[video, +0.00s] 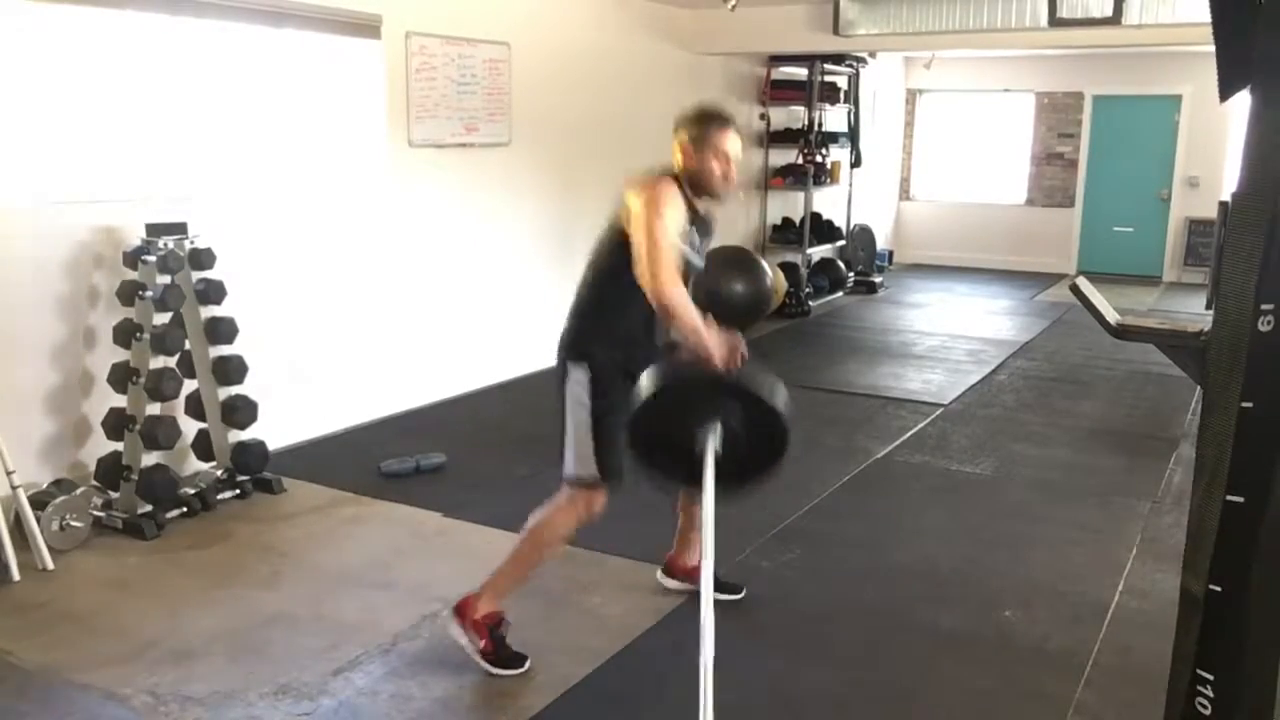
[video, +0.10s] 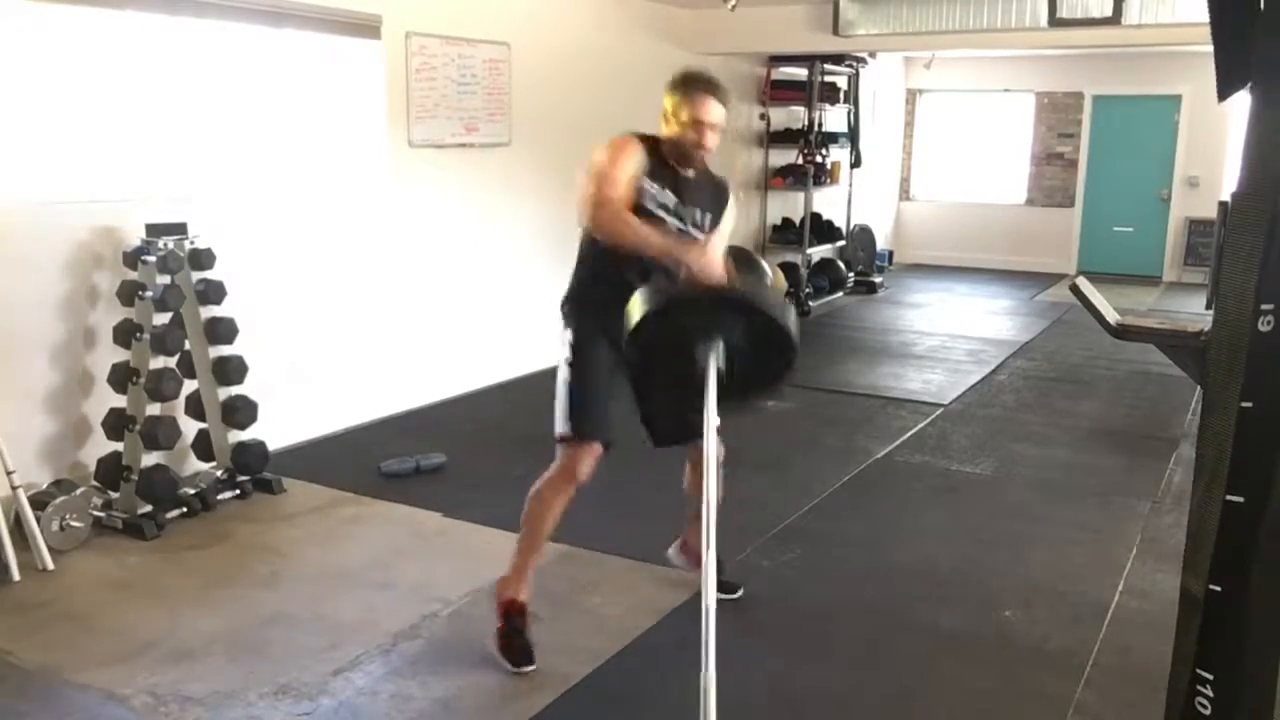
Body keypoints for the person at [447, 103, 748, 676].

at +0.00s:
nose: (731, 170)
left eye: (734, 158)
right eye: (721, 156)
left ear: (726, 158)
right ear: (687, 152)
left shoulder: (696, 214)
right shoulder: (657, 194)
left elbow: (685, 288)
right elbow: (659, 281)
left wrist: (710, 336)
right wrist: (706, 337)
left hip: (645, 356)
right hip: (596, 356)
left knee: (701, 438)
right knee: (586, 494)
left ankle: (686, 558)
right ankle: (480, 610)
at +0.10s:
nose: (708, 139)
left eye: (715, 128)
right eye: (699, 126)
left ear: (721, 128)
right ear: (669, 118)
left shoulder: (715, 191)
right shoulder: (629, 152)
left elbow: (707, 269)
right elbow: (606, 218)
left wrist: (728, 316)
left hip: (664, 327)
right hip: (598, 318)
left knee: (708, 448)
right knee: (578, 461)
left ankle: (694, 545)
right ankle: (513, 592)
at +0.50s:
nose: (634, 140)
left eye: (646, 130)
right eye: (627, 131)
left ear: (663, 138)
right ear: (611, 138)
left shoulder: (677, 192)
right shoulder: (590, 198)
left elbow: (704, 133)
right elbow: (571, 272)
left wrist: (701, 67)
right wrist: (570, 303)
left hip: (666, 369)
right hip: (598, 366)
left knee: (697, 475)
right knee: (558, 484)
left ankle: (736, 541)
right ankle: (541, 614)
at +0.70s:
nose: (655, 139)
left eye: (663, 128)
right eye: (643, 125)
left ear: (672, 128)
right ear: (611, 121)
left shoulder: (668, 178)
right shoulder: (567, 179)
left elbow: (706, 205)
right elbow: (541, 271)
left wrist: (695, 126)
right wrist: (597, 215)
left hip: (659, 354)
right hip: (586, 356)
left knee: (697, 466)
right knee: (566, 494)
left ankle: (715, 541)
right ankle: (541, 617)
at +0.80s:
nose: (669, 133)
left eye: (674, 123)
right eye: (658, 121)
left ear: (677, 123)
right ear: (621, 116)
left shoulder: (678, 167)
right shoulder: (574, 173)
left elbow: (698, 244)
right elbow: (560, 259)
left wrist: (689, 194)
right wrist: (634, 203)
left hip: (654, 336)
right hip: (584, 343)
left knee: (687, 451)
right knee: (576, 495)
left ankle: (691, 550)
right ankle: (524, 614)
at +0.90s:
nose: (689, 141)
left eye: (692, 129)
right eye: (681, 128)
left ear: (658, 127)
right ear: (642, 122)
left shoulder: (668, 188)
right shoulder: (591, 182)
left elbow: (665, 268)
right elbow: (571, 268)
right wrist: (662, 244)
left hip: (645, 347)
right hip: (585, 352)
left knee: (679, 449)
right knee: (577, 497)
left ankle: (678, 557)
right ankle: (488, 613)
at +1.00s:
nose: (711, 165)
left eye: (712, 152)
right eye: (704, 151)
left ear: (673, 150)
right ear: (668, 147)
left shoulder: (662, 206)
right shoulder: (623, 209)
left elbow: (659, 284)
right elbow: (599, 294)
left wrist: (701, 308)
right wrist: (679, 314)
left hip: (626, 353)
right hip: (581, 362)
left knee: (677, 445)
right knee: (581, 509)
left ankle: (675, 565)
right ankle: (475, 620)